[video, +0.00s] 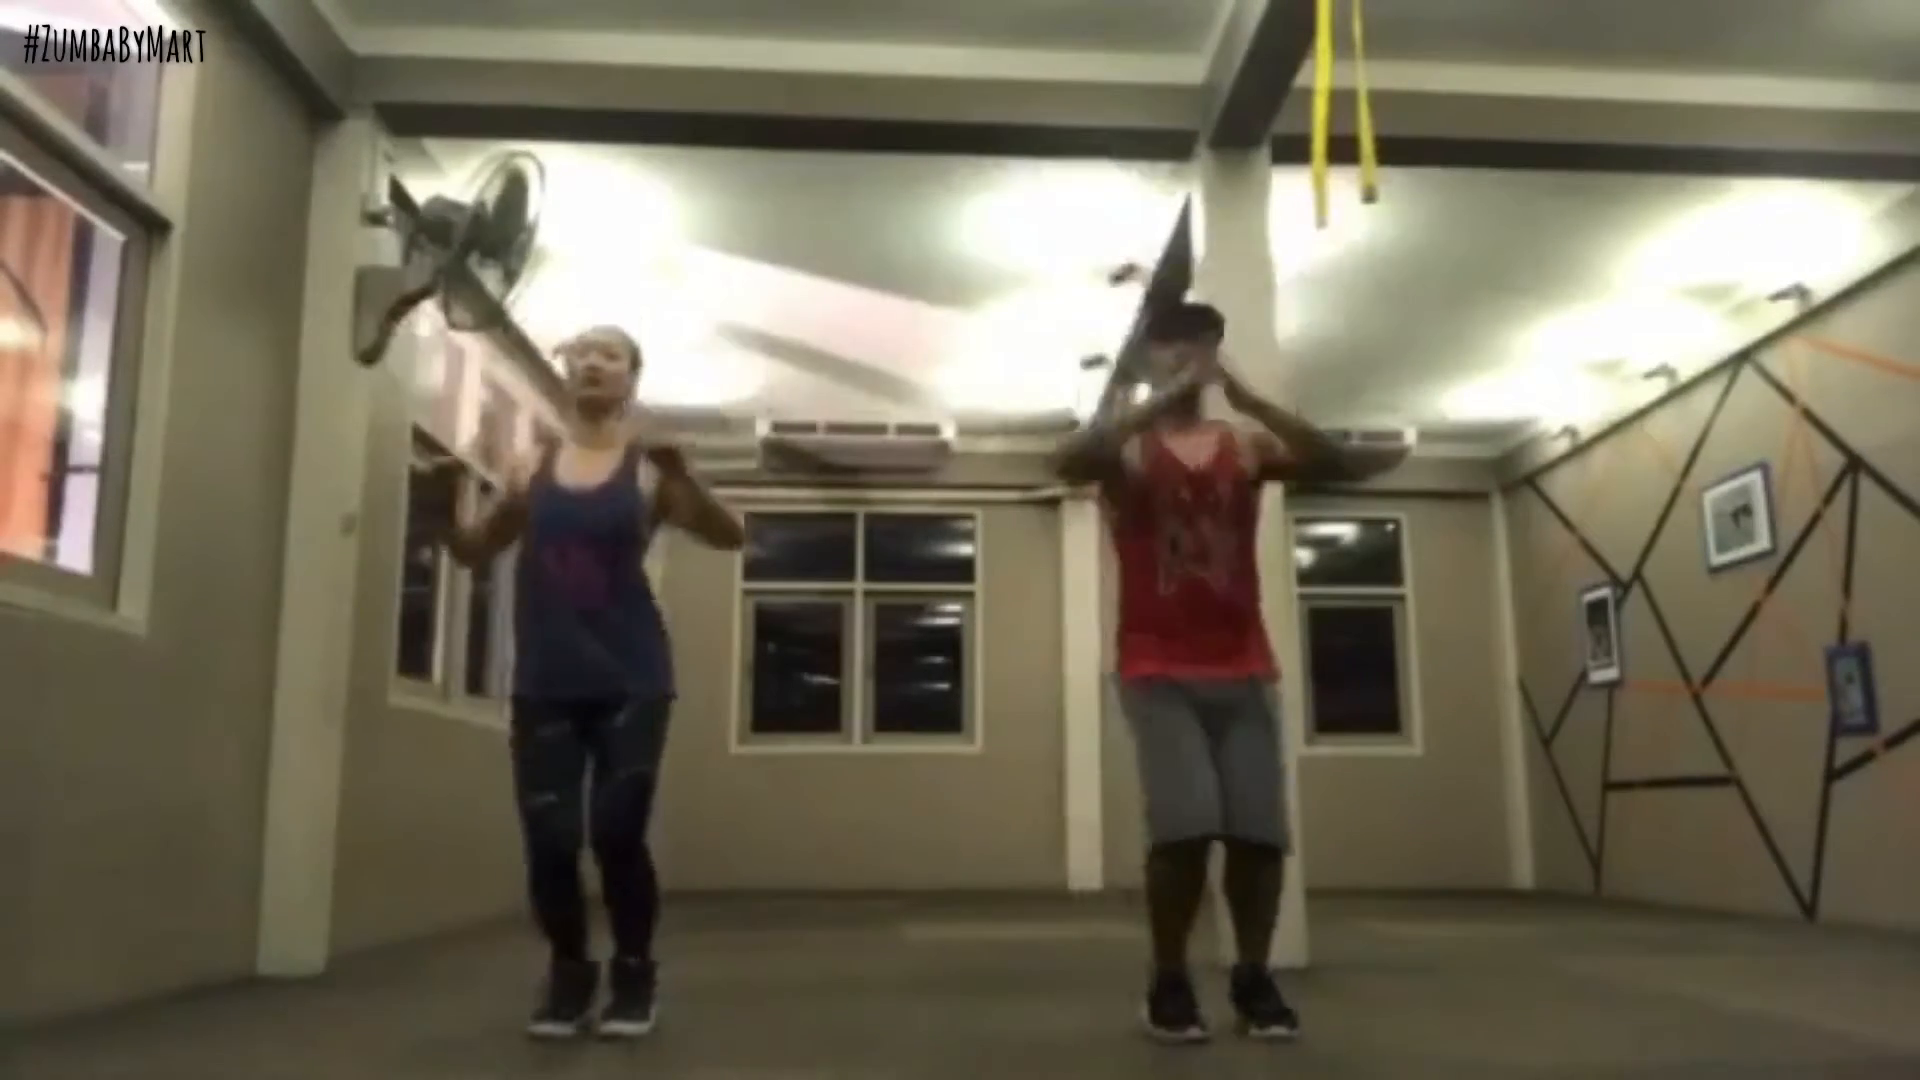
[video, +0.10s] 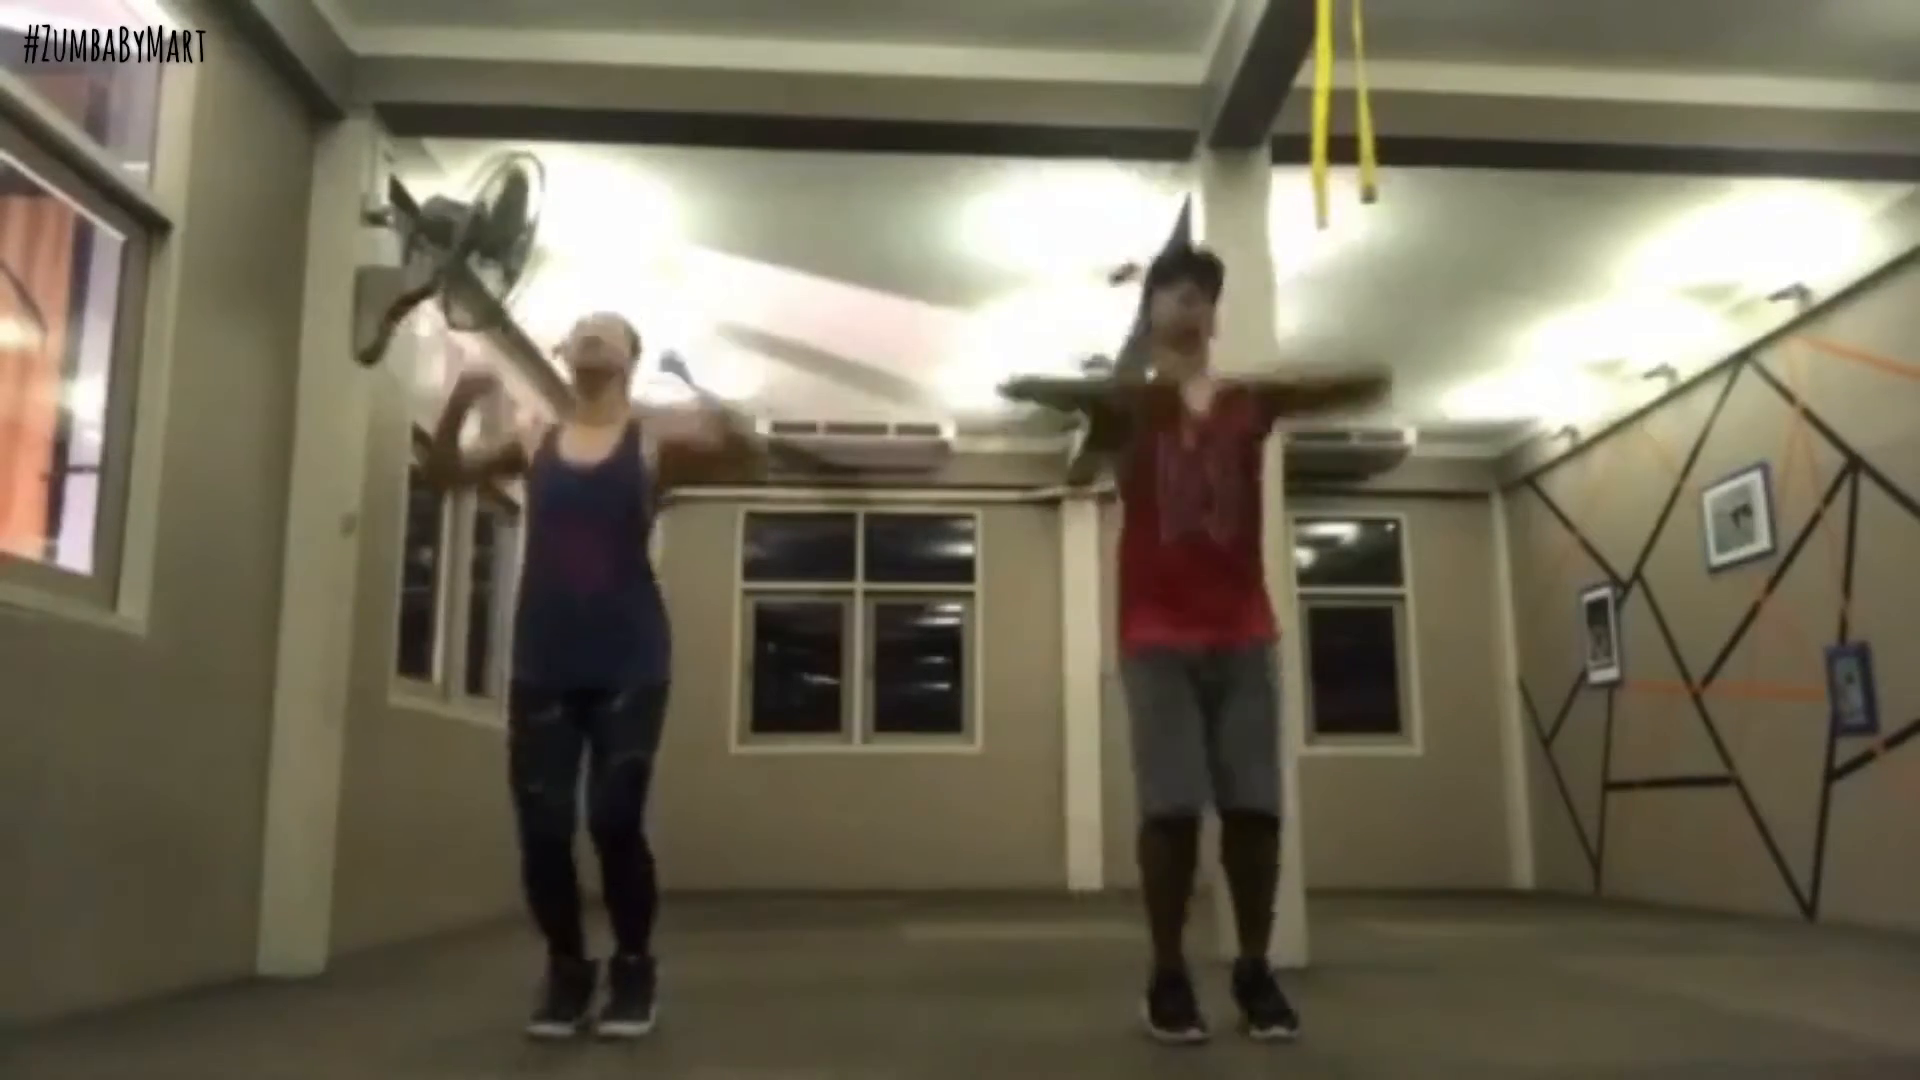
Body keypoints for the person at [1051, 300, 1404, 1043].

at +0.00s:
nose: (1184, 361)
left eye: (1195, 348)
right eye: (1169, 348)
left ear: (1214, 358)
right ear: (1146, 360)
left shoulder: (1245, 444)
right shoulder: (1127, 447)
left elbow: (1327, 458)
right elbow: (1073, 461)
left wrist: (1248, 398)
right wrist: (1159, 398)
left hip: (1240, 667)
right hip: (1156, 669)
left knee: (1259, 828)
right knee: (1187, 822)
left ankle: (1253, 978)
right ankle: (1170, 981)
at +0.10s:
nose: (1190, 307)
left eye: (1202, 295)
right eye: (1175, 294)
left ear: (1216, 311)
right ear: (1148, 308)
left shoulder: (1248, 405)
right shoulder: (1127, 404)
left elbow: (1373, 385)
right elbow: (1016, 388)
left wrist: (1274, 388)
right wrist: (1116, 381)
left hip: (1242, 625)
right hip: (1157, 627)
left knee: (1254, 807)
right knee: (1173, 807)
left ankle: (1255, 971)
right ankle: (1169, 980)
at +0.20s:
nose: (1182, 259)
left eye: (1195, 249)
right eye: (1167, 249)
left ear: (1214, 269)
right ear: (1145, 271)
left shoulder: (1251, 347)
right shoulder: (1125, 349)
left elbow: (1350, 286)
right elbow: (1026, 291)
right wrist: (1071, 265)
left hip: (1240, 580)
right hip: (1155, 583)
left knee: (1245, 759)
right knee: (1163, 759)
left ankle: (1254, 929)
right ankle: (1159, 941)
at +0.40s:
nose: (1192, 302)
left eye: (1203, 290)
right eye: (1178, 289)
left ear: (1220, 306)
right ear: (1151, 304)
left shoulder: (1243, 380)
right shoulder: (1133, 383)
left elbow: (1292, 274)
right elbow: (1097, 279)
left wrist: (1308, 172)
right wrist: (1106, 175)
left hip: (1239, 607)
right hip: (1158, 609)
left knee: (1237, 781)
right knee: (1168, 775)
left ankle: (1233, 948)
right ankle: (1160, 952)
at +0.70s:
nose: (1210, 290)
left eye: (1221, 280)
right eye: (1196, 277)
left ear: (1235, 292)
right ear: (1170, 287)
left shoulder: (1265, 369)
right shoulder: (1143, 372)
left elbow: (1372, 319)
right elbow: (1035, 328)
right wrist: (1083, 266)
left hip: (1254, 600)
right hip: (1171, 601)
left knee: (1244, 785)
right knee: (1172, 784)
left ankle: (1230, 952)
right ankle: (1165, 959)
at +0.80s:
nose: (1222, 274)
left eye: (1235, 265)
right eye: (1206, 262)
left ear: (1245, 284)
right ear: (1174, 280)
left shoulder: (1266, 349)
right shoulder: (1152, 364)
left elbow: (1351, 268)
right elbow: (1072, 282)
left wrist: (1374, 162)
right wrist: (1070, 176)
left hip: (1257, 587)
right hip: (1177, 589)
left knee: (1247, 766)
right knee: (1178, 766)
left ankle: (1227, 928)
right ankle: (1172, 940)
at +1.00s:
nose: (1237, 326)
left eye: (1252, 316)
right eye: (1223, 314)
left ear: (1270, 334)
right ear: (1197, 332)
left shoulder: (1296, 418)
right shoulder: (1179, 413)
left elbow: (1382, 380)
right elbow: (1113, 386)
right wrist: (1029, 326)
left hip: (1275, 645)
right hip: (1192, 644)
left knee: (1280, 803)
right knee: (1192, 810)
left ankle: (1228, 964)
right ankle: (1182, 975)